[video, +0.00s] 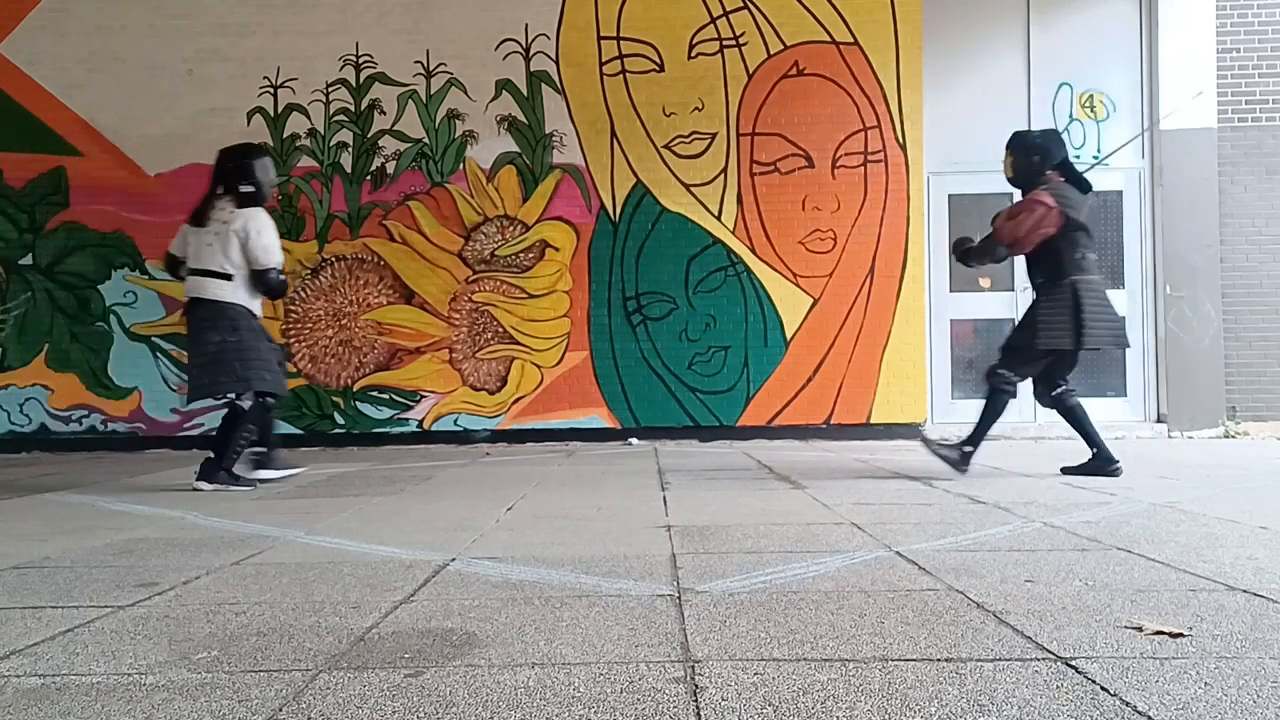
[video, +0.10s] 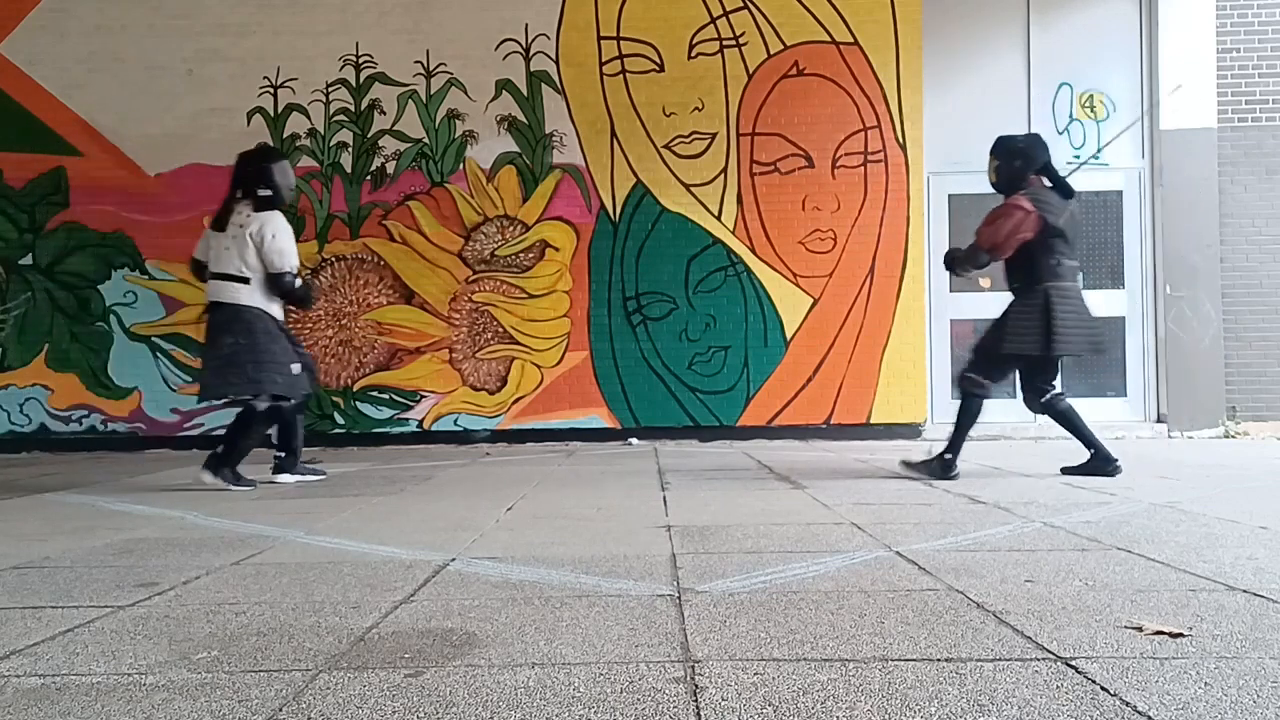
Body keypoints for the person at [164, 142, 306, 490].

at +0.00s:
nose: (273, 185)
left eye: (272, 177)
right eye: (268, 177)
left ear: (225, 177)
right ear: (253, 178)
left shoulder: (204, 212)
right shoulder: (255, 218)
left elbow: (173, 264)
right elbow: (268, 282)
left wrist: (209, 277)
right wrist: (282, 283)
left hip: (199, 312)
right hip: (232, 315)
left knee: (265, 376)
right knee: (255, 392)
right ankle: (218, 468)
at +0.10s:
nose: (291, 182)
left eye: (289, 174)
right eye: (285, 175)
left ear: (244, 179)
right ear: (271, 180)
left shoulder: (224, 216)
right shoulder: (272, 221)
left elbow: (198, 267)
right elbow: (282, 282)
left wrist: (234, 283)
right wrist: (306, 294)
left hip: (221, 319)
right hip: (253, 322)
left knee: (292, 382)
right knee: (275, 395)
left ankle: (289, 461)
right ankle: (221, 464)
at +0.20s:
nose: (307, 186)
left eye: (304, 177)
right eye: (300, 177)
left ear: (265, 185)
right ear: (283, 183)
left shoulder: (250, 220)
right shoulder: (283, 225)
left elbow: (254, 280)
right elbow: (292, 287)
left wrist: (313, 300)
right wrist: (321, 303)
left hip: (243, 319)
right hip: (268, 321)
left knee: (296, 385)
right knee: (320, 381)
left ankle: (291, 463)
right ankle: (252, 445)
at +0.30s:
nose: (323, 193)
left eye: (321, 186)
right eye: (315, 188)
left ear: (284, 193)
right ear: (295, 192)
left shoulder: (271, 226)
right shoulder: (297, 233)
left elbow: (288, 289)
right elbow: (303, 294)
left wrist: (328, 312)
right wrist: (337, 316)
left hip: (262, 320)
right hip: (283, 323)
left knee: (321, 381)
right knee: (341, 367)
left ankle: (295, 458)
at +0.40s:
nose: (341, 198)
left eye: (340, 191)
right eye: (334, 192)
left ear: (301, 198)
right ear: (314, 197)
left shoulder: (291, 230)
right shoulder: (311, 237)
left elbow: (308, 293)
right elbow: (312, 297)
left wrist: (348, 319)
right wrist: (353, 325)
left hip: (280, 326)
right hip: (298, 327)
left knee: (336, 393)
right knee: (355, 366)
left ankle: (293, 462)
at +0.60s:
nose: (382, 195)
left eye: (380, 187)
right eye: (374, 188)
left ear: (345, 195)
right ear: (356, 193)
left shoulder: (332, 228)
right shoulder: (351, 231)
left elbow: (344, 292)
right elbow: (354, 293)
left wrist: (391, 312)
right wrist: (402, 317)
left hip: (320, 327)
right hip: (340, 329)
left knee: (339, 400)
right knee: (402, 378)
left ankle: (291, 463)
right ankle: (414, 466)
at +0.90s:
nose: (421, 176)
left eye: (419, 168)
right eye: (415, 168)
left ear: (372, 175)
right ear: (401, 175)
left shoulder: (354, 214)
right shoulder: (400, 217)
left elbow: (365, 278)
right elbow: (414, 283)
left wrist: (424, 311)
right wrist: (446, 323)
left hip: (345, 318)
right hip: (383, 318)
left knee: (356, 395)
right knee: (441, 381)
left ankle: (319, 463)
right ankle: (419, 467)